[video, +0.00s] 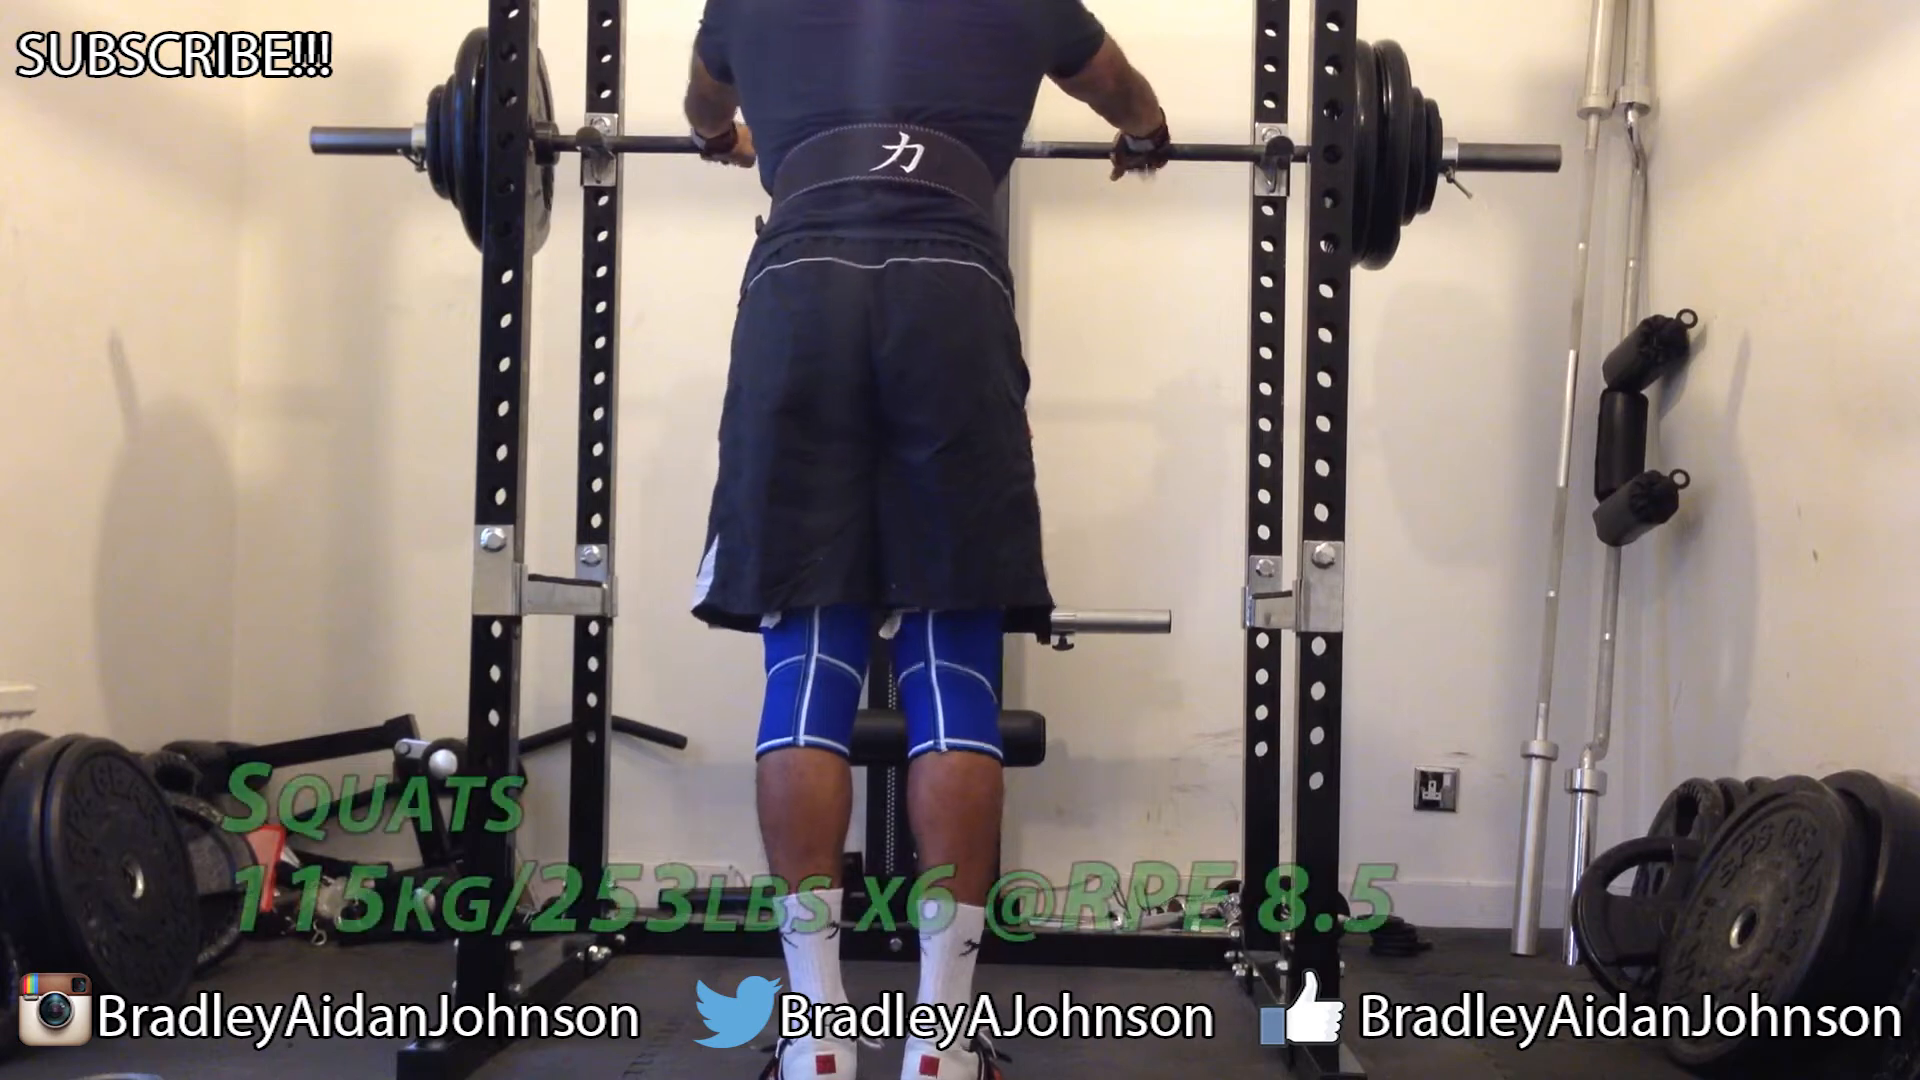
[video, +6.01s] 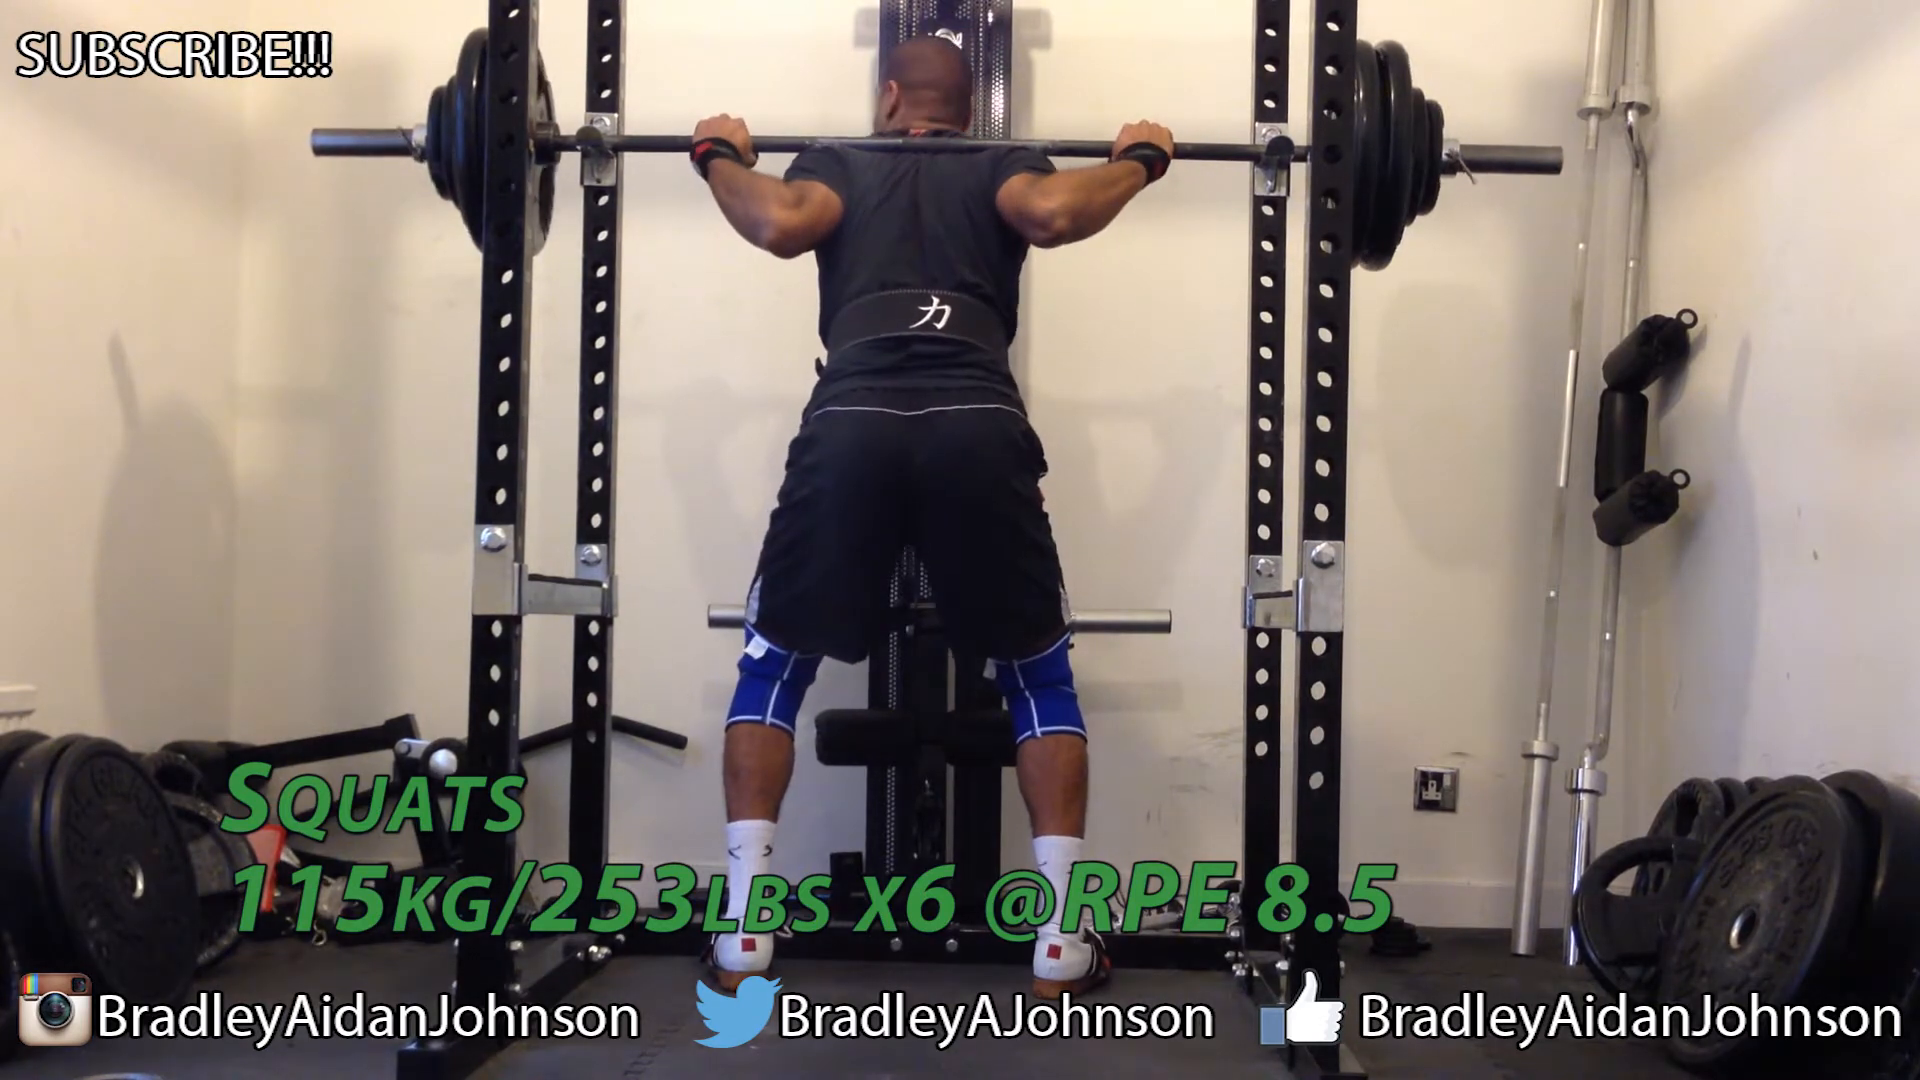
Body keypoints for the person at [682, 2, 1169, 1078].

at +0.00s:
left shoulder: (748, 8)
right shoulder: (1019, 5)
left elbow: (710, 103)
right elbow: (1117, 86)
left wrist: (719, 130)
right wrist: (1146, 125)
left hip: (796, 298)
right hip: (949, 297)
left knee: (806, 648)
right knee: (954, 654)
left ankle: (818, 1025)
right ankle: (943, 1027)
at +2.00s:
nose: (938, 163)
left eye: (919, 150)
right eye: (957, 152)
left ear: (888, 157)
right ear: (977, 158)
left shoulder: (839, 193)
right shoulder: (1010, 191)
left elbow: (738, 247)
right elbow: (1102, 246)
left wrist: (712, 163)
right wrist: (1147, 163)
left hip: (844, 454)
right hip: (976, 455)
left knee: (775, 673)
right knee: (1043, 684)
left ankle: (745, 915)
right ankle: (1057, 930)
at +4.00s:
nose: (918, 76)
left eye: (895, 62)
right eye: (954, 66)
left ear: (879, 79)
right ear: (971, 81)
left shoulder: (833, 165)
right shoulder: (1008, 163)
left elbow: (785, 269)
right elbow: (1046, 266)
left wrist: (721, 183)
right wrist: (1136, 191)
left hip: (841, 411)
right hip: (970, 412)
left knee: (781, 666)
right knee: (1033, 675)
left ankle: (745, 920)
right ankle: (1059, 929)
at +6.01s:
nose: (882, 102)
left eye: (885, 90)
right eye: (892, 90)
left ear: (891, 100)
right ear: (972, 110)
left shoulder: (838, 162)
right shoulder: (1006, 162)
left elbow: (779, 224)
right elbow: (1050, 216)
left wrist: (723, 160)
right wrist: (1133, 162)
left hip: (849, 426)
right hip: (978, 428)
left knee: (773, 672)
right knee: (1039, 682)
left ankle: (745, 918)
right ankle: (1061, 929)